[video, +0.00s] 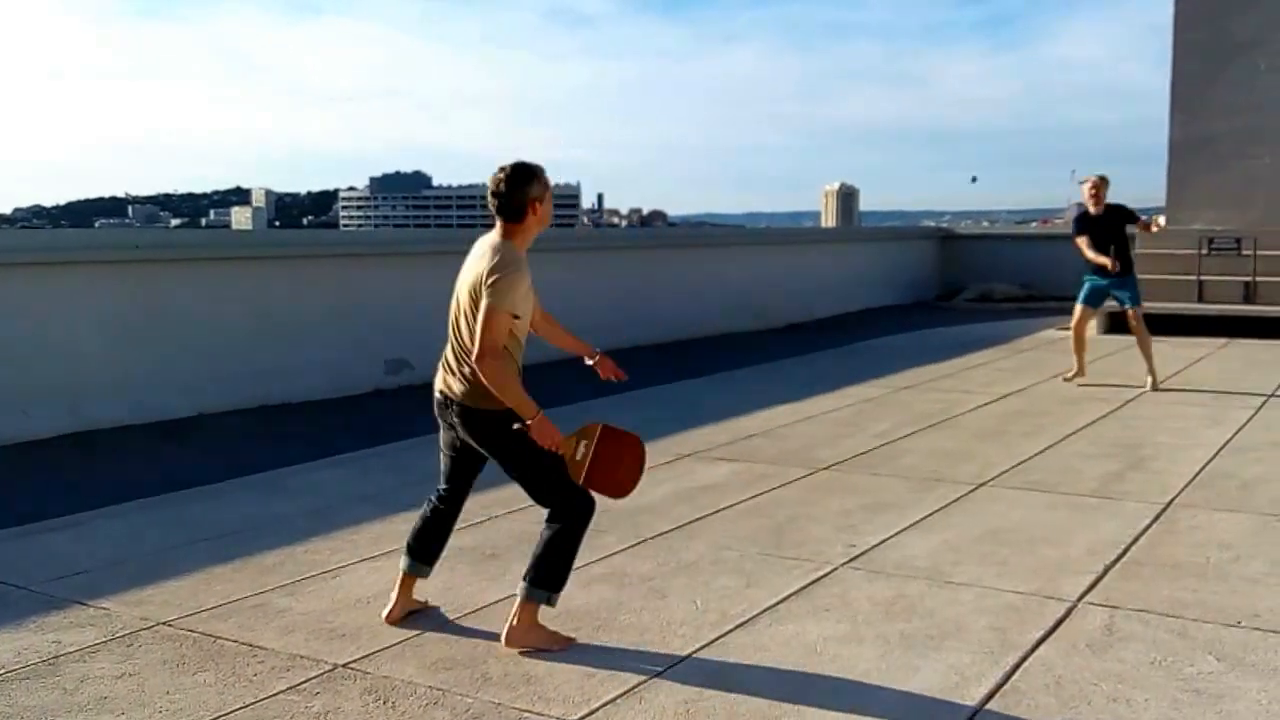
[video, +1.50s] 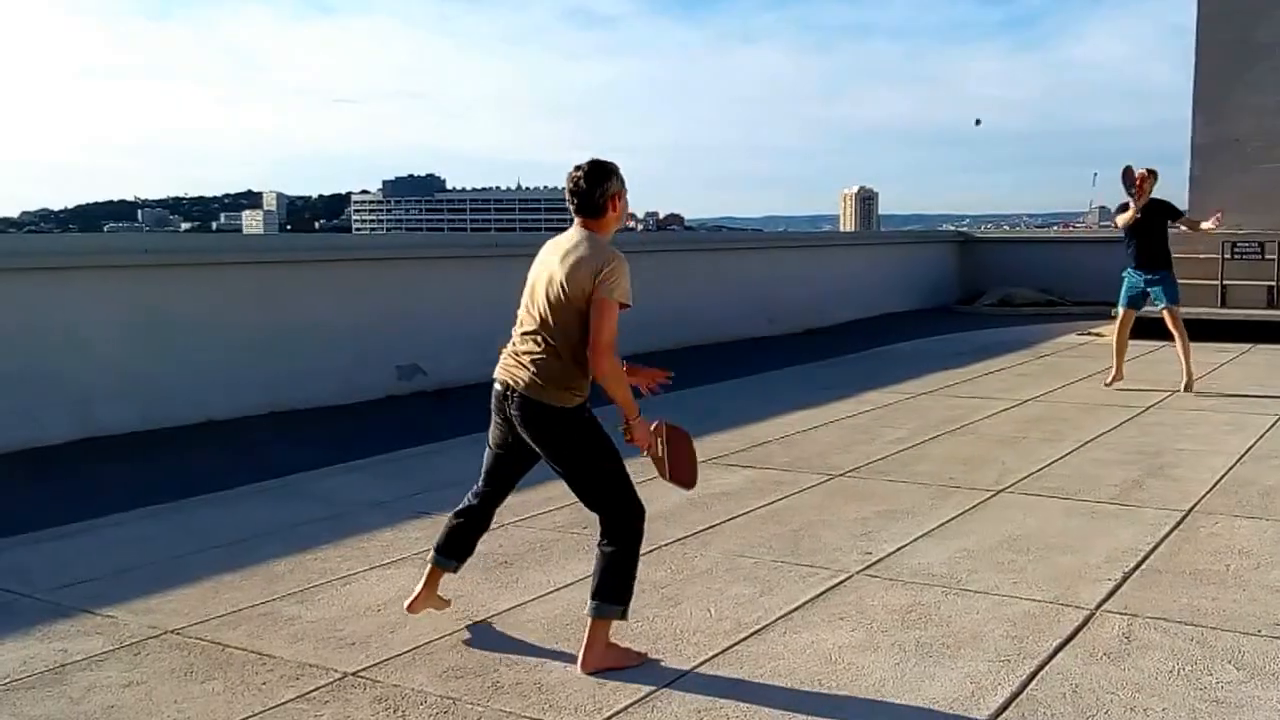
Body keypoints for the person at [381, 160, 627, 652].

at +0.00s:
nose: (552, 206)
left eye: (550, 198)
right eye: (549, 198)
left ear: (506, 207)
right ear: (534, 208)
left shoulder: (491, 248)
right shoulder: (508, 268)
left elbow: (535, 318)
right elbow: (487, 361)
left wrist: (589, 354)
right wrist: (535, 418)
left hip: (452, 400)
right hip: (486, 410)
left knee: (447, 496)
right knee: (572, 504)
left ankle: (403, 598)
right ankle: (524, 622)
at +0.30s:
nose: (631, 270)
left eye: (630, 263)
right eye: (628, 265)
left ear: (582, 266)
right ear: (610, 278)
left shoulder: (556, 277)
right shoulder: (571, 332)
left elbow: (546, 257)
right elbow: (541, 424)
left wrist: (560, 265)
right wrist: (574, 492)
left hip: (440, 397)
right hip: (475, 416)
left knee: (454, 493)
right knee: (581, 496)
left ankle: (402, 599)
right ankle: (602, 626)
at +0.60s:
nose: (707, 357)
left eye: (706, 348)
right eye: (707, 350)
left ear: (658, 336)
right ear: (692, 357)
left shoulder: (607, 339)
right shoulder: (666, 405)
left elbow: (529, 325)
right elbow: (710, 456)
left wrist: (465, 321)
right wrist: (767, 445)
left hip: (485, 442)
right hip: (527, 465)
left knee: (469, 514)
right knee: (652, 511)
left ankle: (404, 604)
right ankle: (615, 633)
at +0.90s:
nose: (723, 277)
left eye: (722, 269)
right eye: (722, 270)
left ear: (672, 267)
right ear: (711, 277)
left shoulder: (624, 288)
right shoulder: (701, 342)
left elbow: (550, 314)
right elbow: (729, 422)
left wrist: (496, 360)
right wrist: (769, 400)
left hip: (533, 408)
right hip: (581, 430)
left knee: (500, 510)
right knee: (667, 515)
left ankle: (426, 613)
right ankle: (618, 635)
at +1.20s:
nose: (684, 174)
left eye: (681, 165)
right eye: (683, 166)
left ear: (633, 167)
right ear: (673, 171)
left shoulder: (588, 202)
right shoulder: (669, 233)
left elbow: (527, 252)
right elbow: (681, 333)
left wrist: (533, 314)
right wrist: (703, 360)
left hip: (535, 347)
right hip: (585, 362)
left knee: (536, 451)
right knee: (620, 491)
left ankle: (484, 544)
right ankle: (613, 627)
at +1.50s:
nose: (626, 203)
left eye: (624, 195)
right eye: (624, 196)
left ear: (576, 205)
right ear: (614, 203)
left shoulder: (556, 247)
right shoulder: (608, 261)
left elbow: (561, 337)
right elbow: (602, 359)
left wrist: (625, 370)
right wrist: (632, 416)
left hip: (509, 391)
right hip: (552, 406)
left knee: (484, 496)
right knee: (624, 512)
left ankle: (426, 590)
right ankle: (598, 646)